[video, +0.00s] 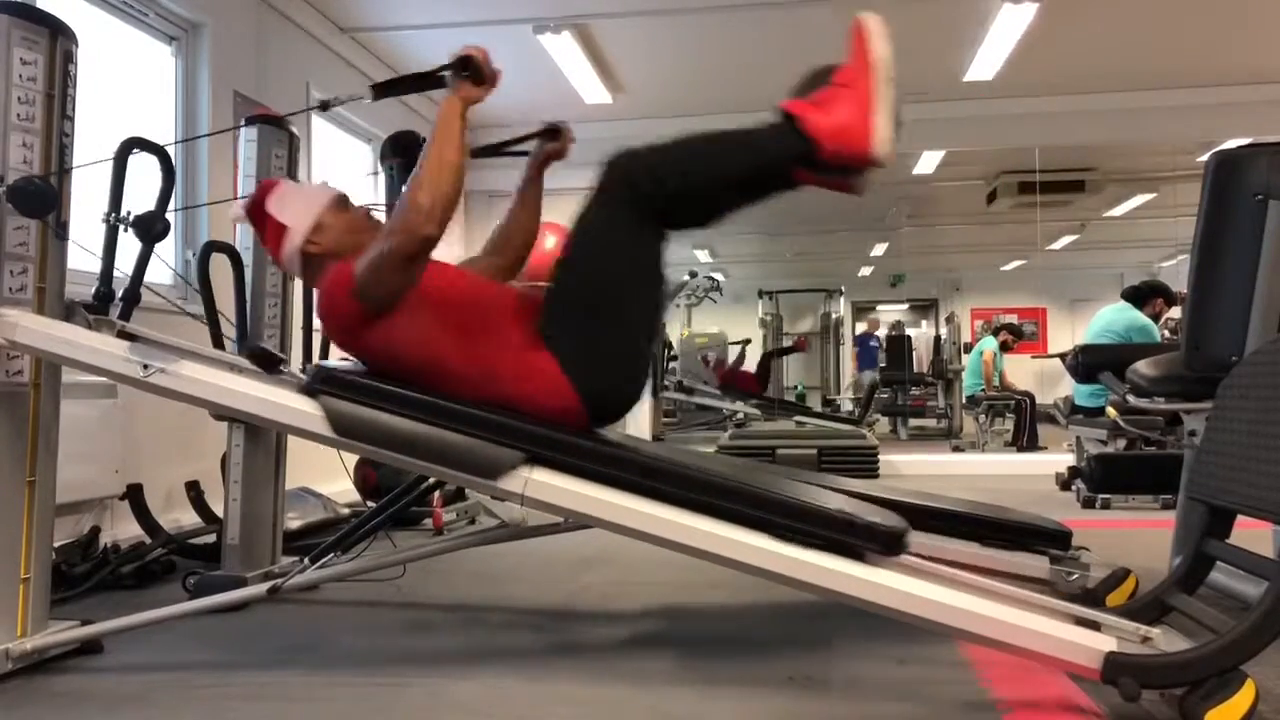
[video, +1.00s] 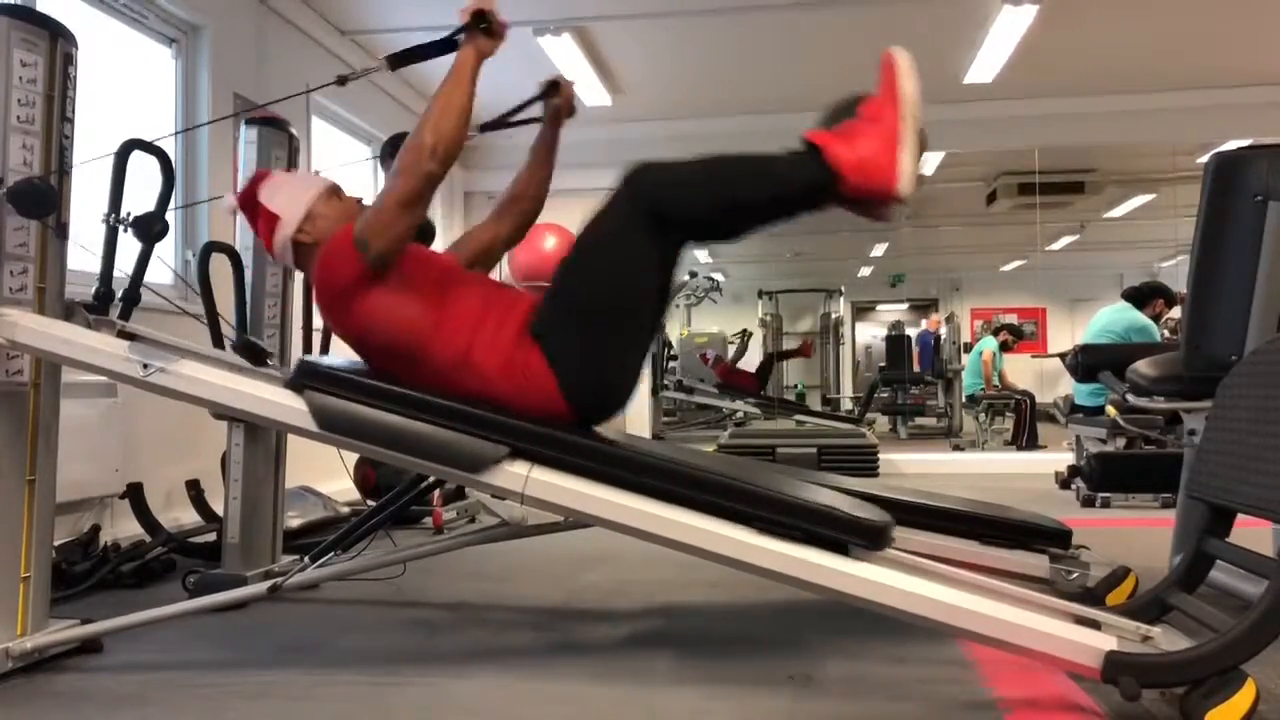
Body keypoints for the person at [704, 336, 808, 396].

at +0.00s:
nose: (724, 363)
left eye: (722, 362)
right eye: (721, 363)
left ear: (717, 369)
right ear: (719, 368)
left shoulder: (725, 376)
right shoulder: (726, 377)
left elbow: (738, 363)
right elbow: (738, 362)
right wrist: (743, 347)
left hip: (757, 384)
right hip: (758, 387)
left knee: (767, 357)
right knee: (767, 356)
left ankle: (795, 347)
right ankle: (796, 348)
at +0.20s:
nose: (715, 355)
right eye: (713, 354)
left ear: (704, 361)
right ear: (712, 357)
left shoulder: (715, 370)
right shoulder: (716, 368)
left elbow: (730, 364)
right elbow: (730, 364)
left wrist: (742, 359)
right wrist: (743, 358)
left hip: (746, 381)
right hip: (748, 380)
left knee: (745, 350)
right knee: (745, 350)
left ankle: (771, 343)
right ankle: (772, 343)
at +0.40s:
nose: (711, 351)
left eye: (708, 350)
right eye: (709, 350)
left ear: (701, 358)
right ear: (708, 353)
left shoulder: (708, 369)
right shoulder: (713, 363)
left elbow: (731, 366)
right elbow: (732, 365)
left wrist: (756, 359)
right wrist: (751, 366)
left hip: (738, 382)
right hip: (742, 378)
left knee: (735, 349)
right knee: (735, 349)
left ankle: (763, 340)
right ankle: (764, 340)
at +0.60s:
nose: (710, 349)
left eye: (707, 348)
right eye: (707, 349)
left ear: (702, 357)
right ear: (705, 354)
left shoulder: (709, 368)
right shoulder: (714, 363)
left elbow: (732, 366)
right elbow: (733, 365)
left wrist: (755, 362)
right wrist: (751, 367)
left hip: (737, 383)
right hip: (742, 380)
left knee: (739, 350)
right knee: (739, 349)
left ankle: (765, 341)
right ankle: (766, 341)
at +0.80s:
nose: (713, 353)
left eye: (711, 352)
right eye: (711, 353)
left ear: (705, 360)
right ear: (710, 356)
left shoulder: (715, 368)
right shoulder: (716, 368)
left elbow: (734, 360)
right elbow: (735, 360)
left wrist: (748, 350)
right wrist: (750, 350)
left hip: (744, 380)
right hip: (747, 381)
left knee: (751, 352)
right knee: (753, 353)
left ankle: (780, 344)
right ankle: (782, 345)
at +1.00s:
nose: (721, 358)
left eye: (719, 357)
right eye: (718, 358)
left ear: (713, 363)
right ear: (715, 362)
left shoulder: (722, 371)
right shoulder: (723, 371)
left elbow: (737, 355)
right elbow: (739, 355)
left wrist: (743, 340)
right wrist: (746, 339)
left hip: (755, 385)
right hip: (757, 385)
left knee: (769, 358)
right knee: (770, 358)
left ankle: (800, 352)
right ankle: (801, 352)